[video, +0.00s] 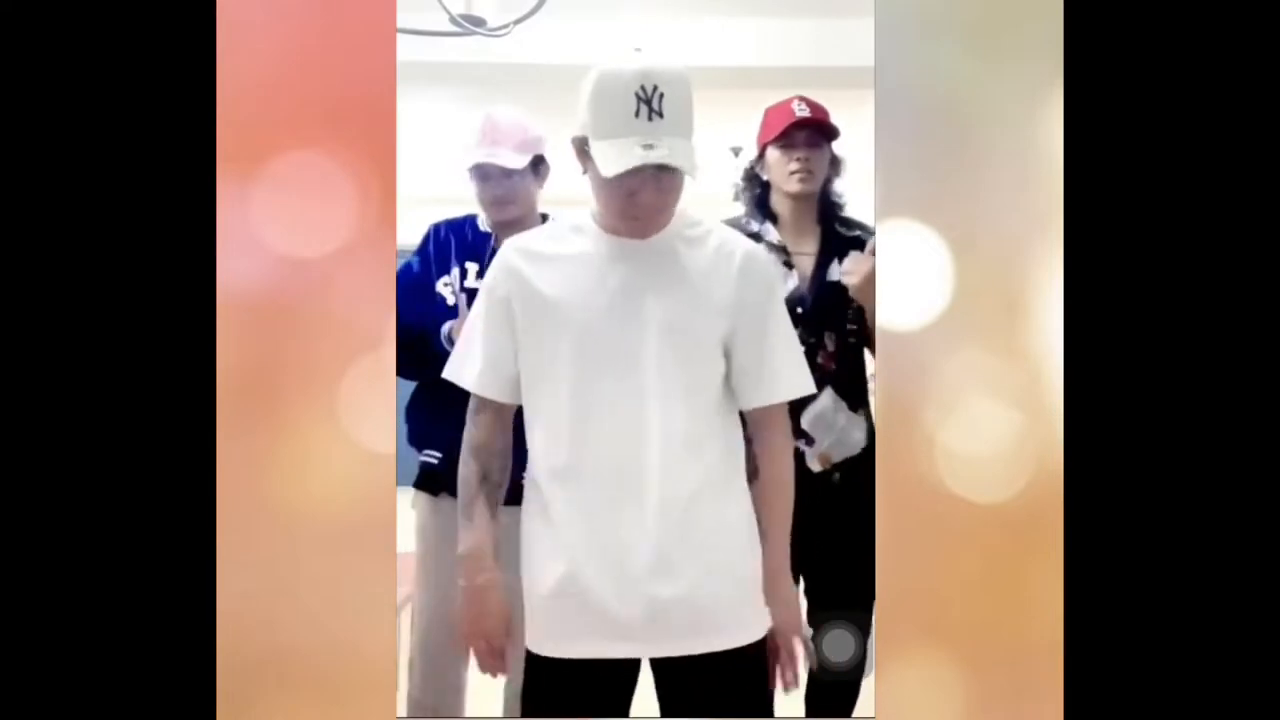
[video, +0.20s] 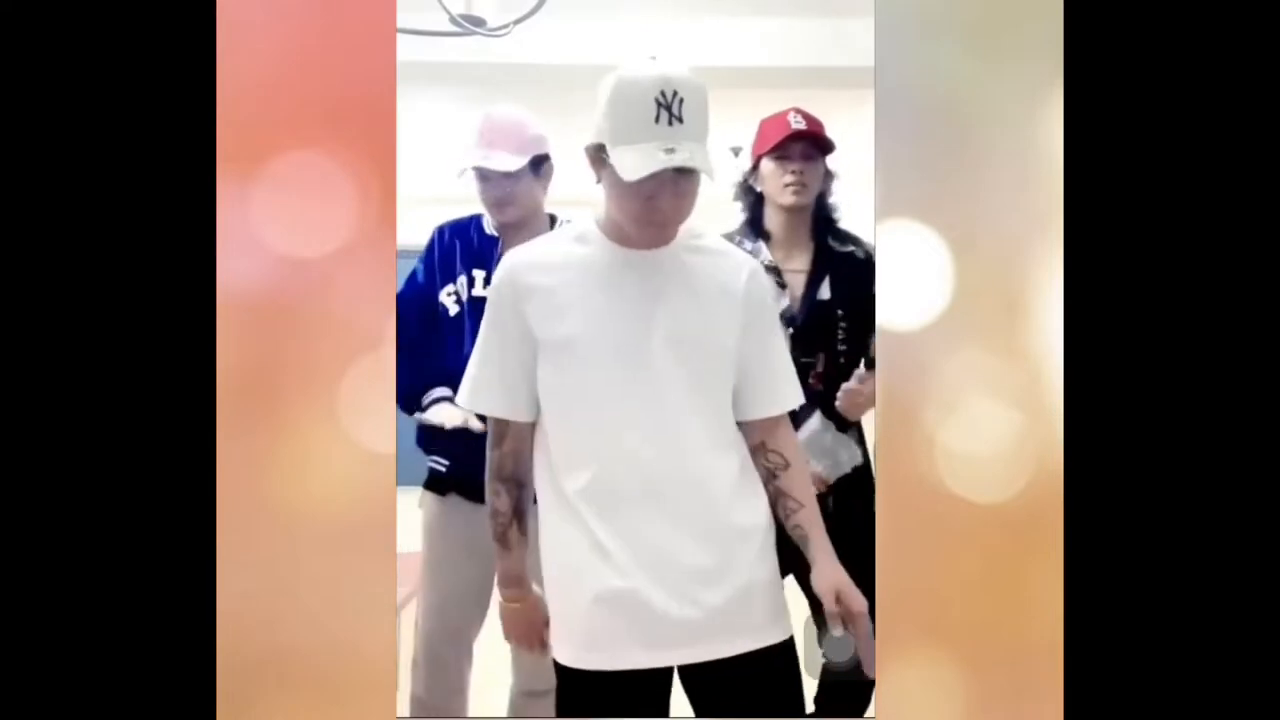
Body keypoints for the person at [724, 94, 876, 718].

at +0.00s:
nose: (803, 159)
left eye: (816, 147)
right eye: (787, 147)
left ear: (831, 160)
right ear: (762, 160)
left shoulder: (863, 247)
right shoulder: (727, 245)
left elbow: (895, 361)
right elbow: (708, 352)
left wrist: (871, 301)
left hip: (850, 462)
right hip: (756, 454)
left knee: (843, 642)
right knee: (748, 624)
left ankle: (826, 718)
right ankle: (750, 713)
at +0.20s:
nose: (796, 171)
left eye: (809, 159)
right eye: (781, 159)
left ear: (826, 173)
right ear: (755, 173)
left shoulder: (860, 264)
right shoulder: (722, 262)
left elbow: (886, 359)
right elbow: (708, 382)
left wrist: (875, 386)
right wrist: (775, 464)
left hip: (842, 473)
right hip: (748, 475)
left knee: (857, 637)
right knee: (748, 631)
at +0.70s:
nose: (804, 163)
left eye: (819, 150)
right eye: (790, 150)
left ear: (837, 161)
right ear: (767, 161)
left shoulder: (871, 246)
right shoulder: (732, 245)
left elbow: (898, 360)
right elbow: (711, 349)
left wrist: (858, 438)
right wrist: (753, 427)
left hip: (854, 472)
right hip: (764, 473)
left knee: (853, 648)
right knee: (756, 642)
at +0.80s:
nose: (800, 180)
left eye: (814, 167)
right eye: (787, 167)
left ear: (835, 173)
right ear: (764, 172)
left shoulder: (866, 254)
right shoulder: (735, 252)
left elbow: (897, 369)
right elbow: (714, 360)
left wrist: (862, 442)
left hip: (847, 476)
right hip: (756, 476)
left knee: (851, 648)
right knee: (753, 644)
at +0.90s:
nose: (798, 196)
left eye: (812, 183)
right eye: (785, 182)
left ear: (831, 184)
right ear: (762, 182)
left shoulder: (860, 265)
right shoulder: (734, 259)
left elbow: (884, 376)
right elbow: (711, 364)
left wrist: (844, 456)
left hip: (841, 486)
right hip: (751, 483)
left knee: (855, 653)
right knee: (746, 650)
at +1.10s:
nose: (808, 191)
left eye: (822, 179)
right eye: (796, 178)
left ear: (838, 179)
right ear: (768, 170)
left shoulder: (864, 249)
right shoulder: (734, 241)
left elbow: (897, 338)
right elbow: (710, 347)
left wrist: (867, 401)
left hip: (842, 471)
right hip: (750, 469)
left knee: (850, 641)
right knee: (746, 635)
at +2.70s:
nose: (784, 165)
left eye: (793, 156)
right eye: (768, 154)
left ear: (802, 172)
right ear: (737, 169)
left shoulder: (821, 261)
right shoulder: (707, 255)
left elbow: (826, 361)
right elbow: (684, 353)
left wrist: (845, 375)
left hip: (814, 470)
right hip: (732, 473)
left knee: (843, 631)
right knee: (747, 630)